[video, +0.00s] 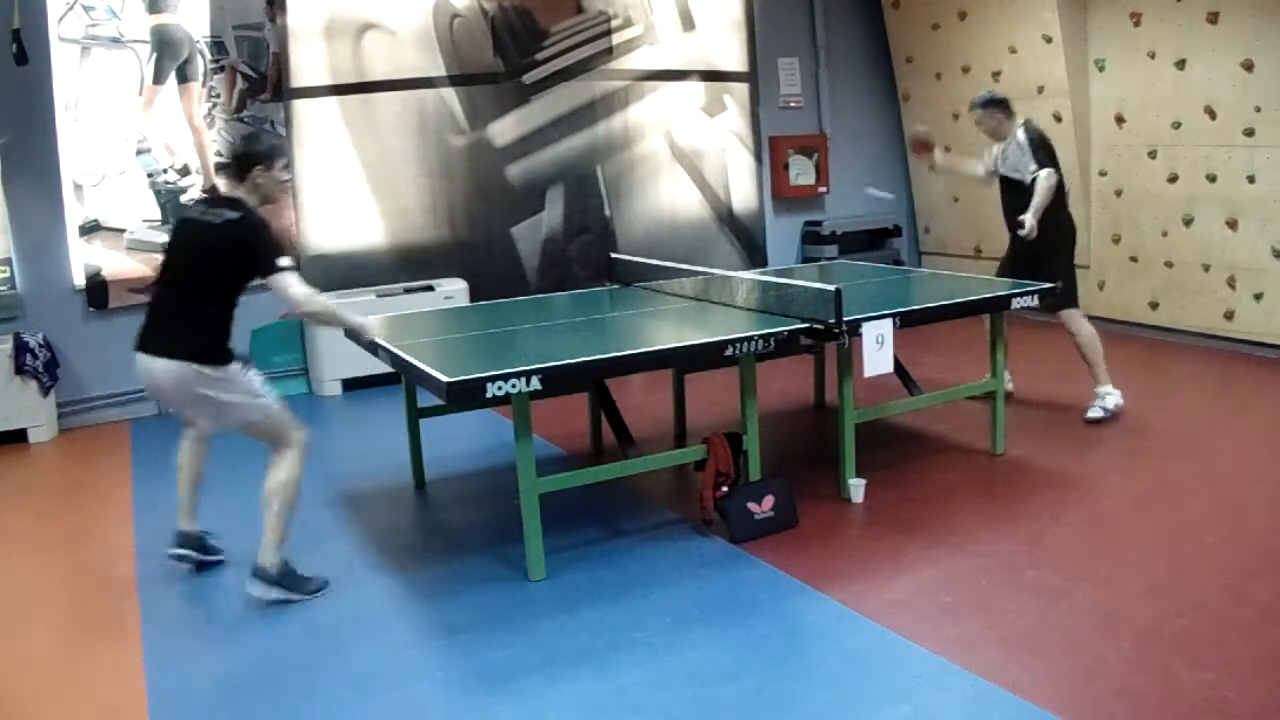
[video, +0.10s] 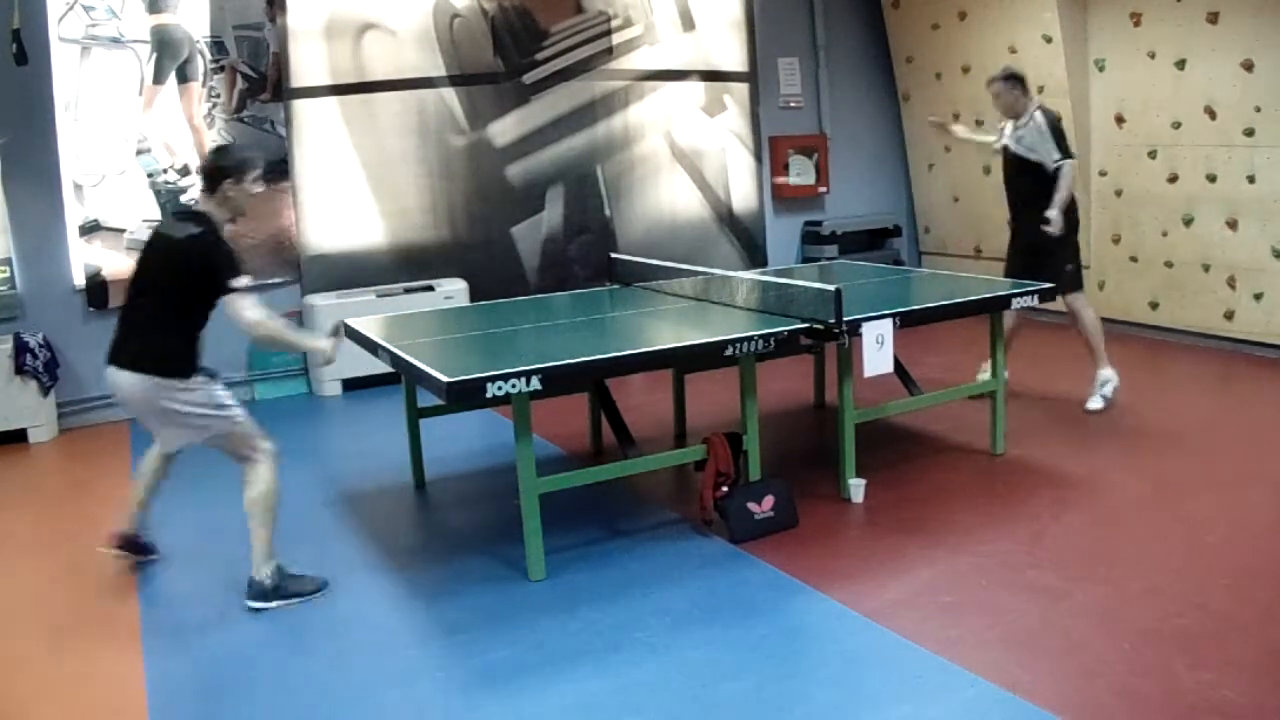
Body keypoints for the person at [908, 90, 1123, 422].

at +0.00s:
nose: (981, 130)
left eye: (983, 123)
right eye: (978, 124)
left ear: (1000, 117)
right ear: (995, 119)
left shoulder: (1028, 138)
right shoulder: (1003, 147)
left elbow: (1048, 175)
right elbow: (983, 172)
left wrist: (1033, 213)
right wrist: (939, 158)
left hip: (1051, 237)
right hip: (1023, 237)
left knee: (1068, 314)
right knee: (992, 303)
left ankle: (1107, 391)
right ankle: (999, 375)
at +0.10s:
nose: (998, 105)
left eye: (1000, 98)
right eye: (995, 100)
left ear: (1018, 92)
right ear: (1004, 97)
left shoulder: (1042, 121)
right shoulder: (1014, 124)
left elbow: (1067, 167)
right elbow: (997, 141)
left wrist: (1056, 208)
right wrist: (960, 132)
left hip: (1054, 224)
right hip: (1024, 225)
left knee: (1074, 300)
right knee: (1012, 302)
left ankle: (1105, 372)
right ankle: (996, 366)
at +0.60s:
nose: (1030, 104)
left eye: (1036, 98)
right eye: (1027, 98)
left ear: (1055, 99)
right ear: (1026, 100)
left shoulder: (1074, 134)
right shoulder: (1027, 132)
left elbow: (1093, 183)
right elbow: (1009, 169)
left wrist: (1086, 229)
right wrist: (969, 179)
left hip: (1067, 234)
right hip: (1032, 232)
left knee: (1081, 310)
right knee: (1020, 302)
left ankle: (1104, 373)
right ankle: (1024, 363)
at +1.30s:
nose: (1006, 117)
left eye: (1011, 109)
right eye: (1003, 111)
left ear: (1030, 106)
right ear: (1008, 113)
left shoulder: (1056, 133)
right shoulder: (1021, 143)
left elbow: (1080, 176)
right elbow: (1021, 191)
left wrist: (1047, 212)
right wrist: (992, 219)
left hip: (1075, 230)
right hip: (1042, 230)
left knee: (1076, 310)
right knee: (1018, 301)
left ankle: (1108, 384)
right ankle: (1014, 366)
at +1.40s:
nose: (995, 125)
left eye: (999, 118)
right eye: (993, 119)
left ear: (1018, 113)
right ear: (1008, 118)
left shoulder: (1042, 136)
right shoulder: (1025, 146)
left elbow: (1059, 177)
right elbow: (1035, 199)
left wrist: (1021, 212)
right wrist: (1023, 242)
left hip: (1073, 235)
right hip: (1045, 237)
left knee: (1071, 312)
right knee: (1020, 305)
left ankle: (1113, 385)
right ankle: (1016, 367)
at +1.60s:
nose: (984, 146)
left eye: (985, 138)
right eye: (981, 140)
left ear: (1000, 130)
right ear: (1008, 129)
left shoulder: (1018, 148)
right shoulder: (1038, 145)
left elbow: (1029, 185)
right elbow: (1087, 171)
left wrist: (996, 225)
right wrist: (1116, 207)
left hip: (1069, 243)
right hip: (1052, 243)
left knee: (1067, 323)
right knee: (1017, 304)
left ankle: (1115, 387)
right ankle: (1016, 368)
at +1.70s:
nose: (982, 149)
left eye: (982, 142)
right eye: (979, 143)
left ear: (998, 133)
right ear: (1002, 133)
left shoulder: (1016, 151)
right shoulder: (1035, 146)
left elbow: (1030, 188)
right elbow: (1080, 177)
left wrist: (1004, 230)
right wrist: (1101, 222)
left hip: (1063, 246)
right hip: (1050, 245)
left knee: (1063, 323)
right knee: (1013, 305)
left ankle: (1115, 389)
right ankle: (1016, 368)